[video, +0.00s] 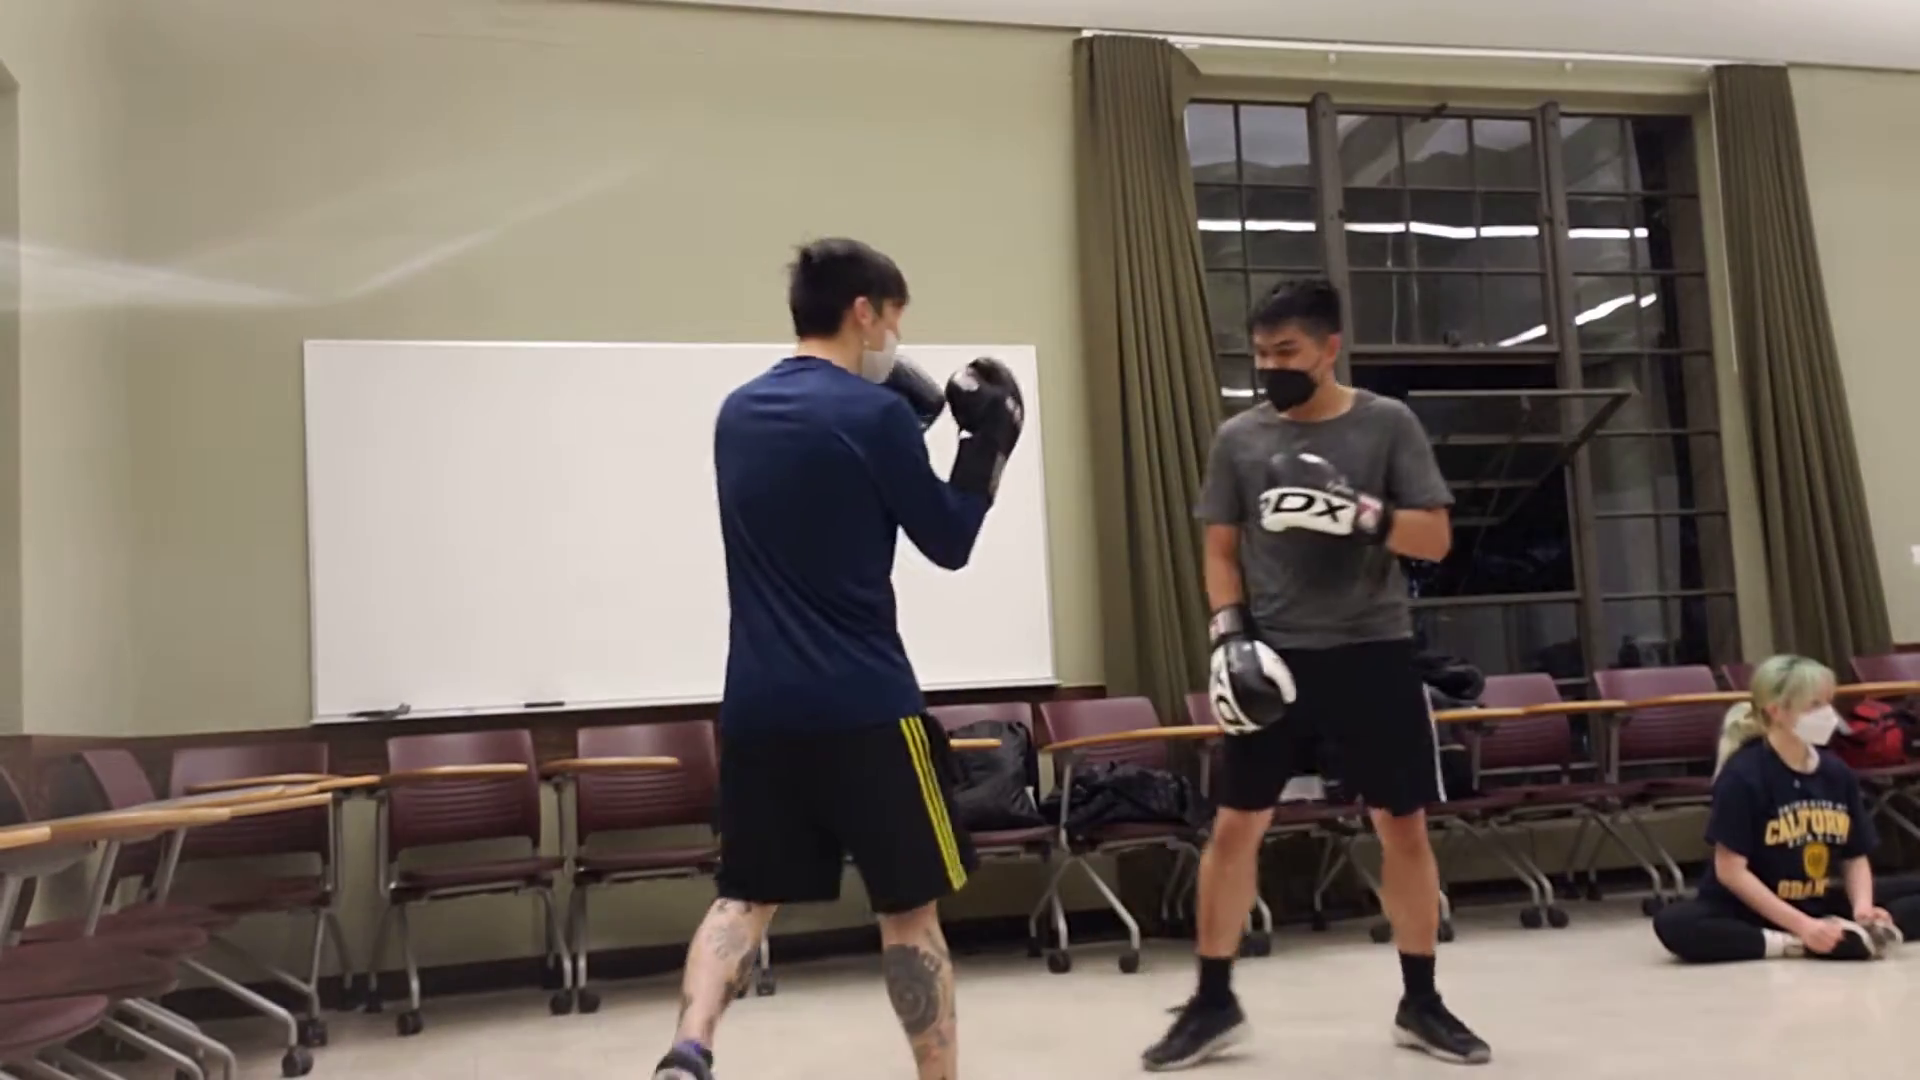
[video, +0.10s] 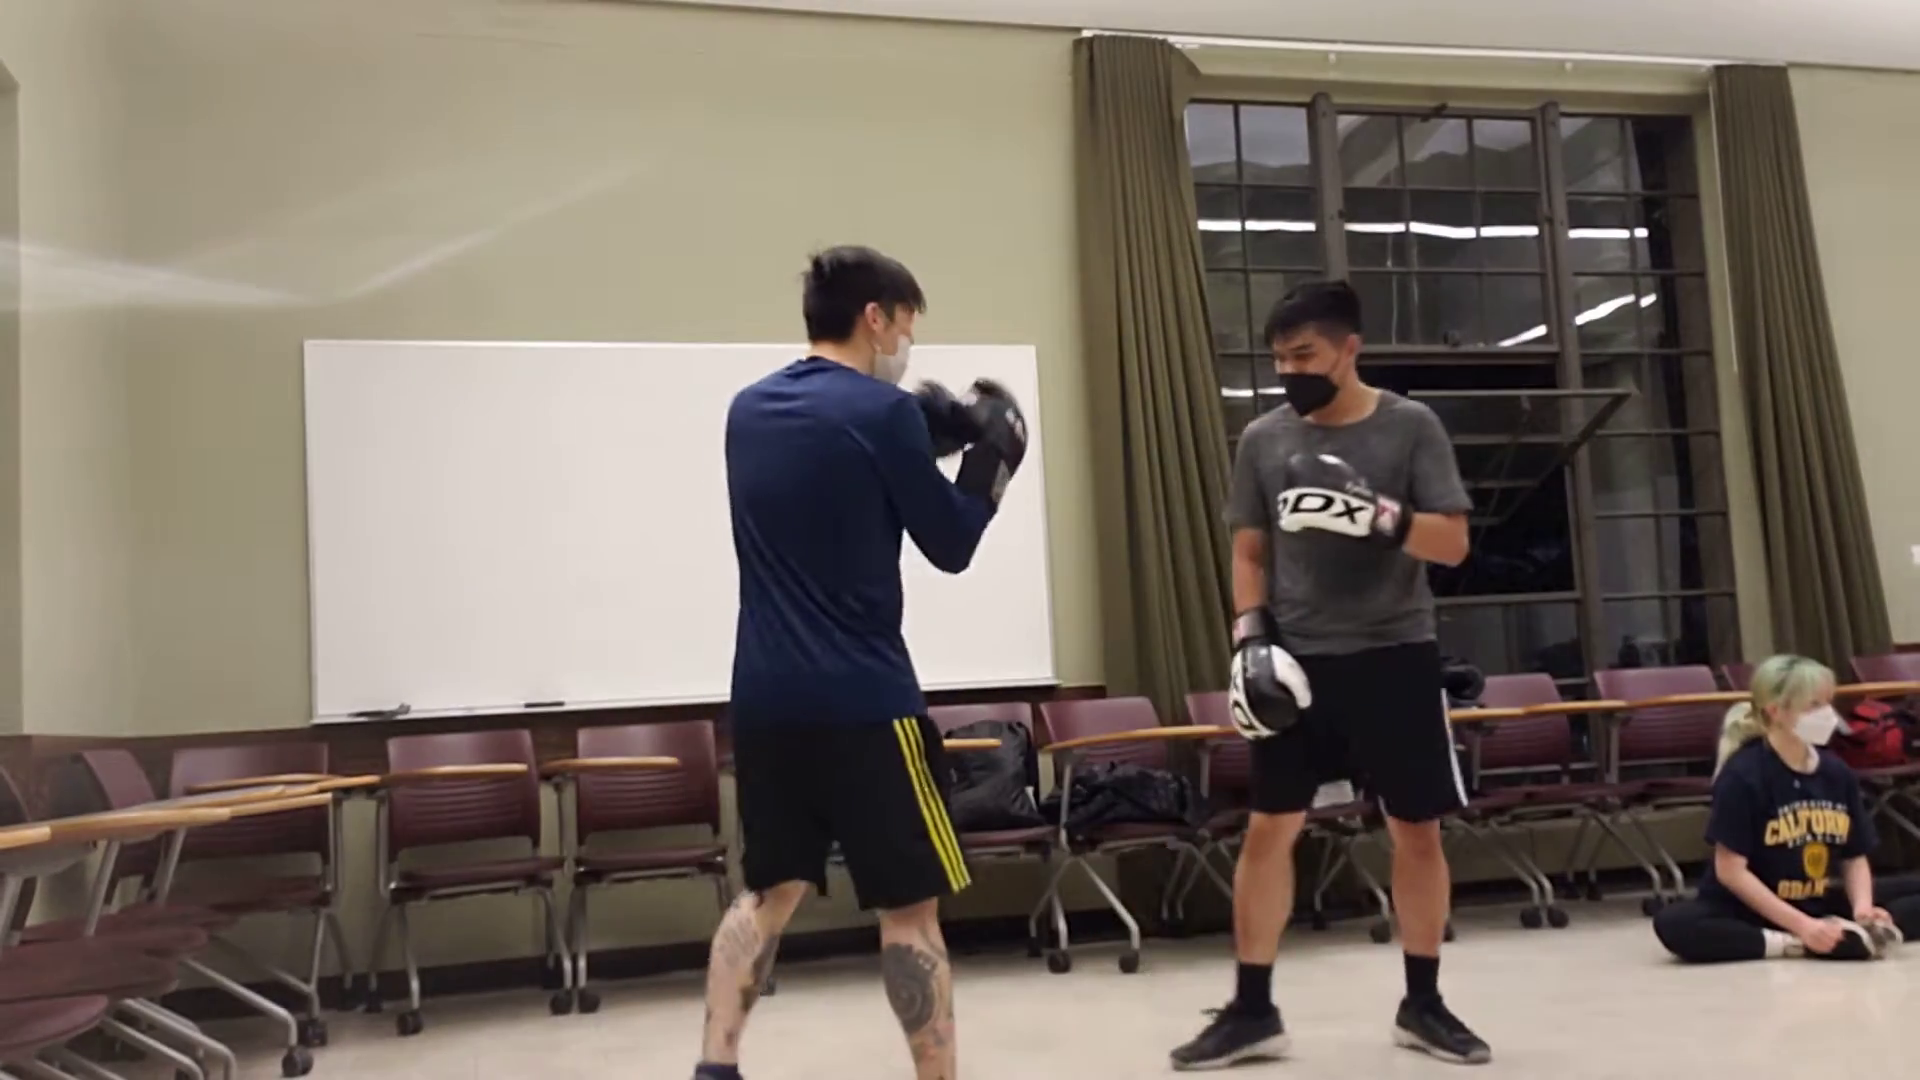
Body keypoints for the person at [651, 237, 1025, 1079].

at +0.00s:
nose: (895, 341)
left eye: (900, 325)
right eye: (895, 323)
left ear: (803, 316)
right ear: (861, 314)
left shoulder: (740, 410)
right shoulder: (875, 416)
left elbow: (815, 493)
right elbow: (948, 539)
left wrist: (899, 417)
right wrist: (991, 444)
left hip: (757, 703)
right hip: (866, 703)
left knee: (744, 892)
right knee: (907, 909)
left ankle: (689, 1047)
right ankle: (938, 1070)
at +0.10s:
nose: (908, 349)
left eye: (911, 333)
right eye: (908, 330)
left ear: (821, 322)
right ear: (874, 321)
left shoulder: (749, 408)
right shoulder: (884, 413)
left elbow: (823, 488)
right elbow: (950, 544)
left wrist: (916, 434)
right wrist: (995, 459)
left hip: (762, 697)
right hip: (866, 698)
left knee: (774, 885)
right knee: (911, 903)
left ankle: (714, 1066)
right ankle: (938, 1071)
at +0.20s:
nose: (909, 356)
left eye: (910, 339)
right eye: (906, 338)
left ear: (823, 332)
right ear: (870, 328)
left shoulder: (746, 419)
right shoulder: (879, 418)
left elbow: (820, 534)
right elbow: (925, 561)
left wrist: (929, 484)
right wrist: (975, 498)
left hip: (768, 702)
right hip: (866, 703)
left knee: (782, 900)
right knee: (908, 909)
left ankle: (752, 1067)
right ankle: (938, 1072)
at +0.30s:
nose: (900, 364)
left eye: (902, 347)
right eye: (896, 346)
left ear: (821, 342)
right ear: (858, 337)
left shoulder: (743, 434)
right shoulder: (868, 428)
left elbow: (784, 561)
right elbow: (896, 570)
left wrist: (920, 529)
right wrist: (957, 537)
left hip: (771, 706)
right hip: (863, 705)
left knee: (791, 896)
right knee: (911, 901)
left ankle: (754, 1067)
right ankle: (936, 1071)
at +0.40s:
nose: (890, 367)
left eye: (891, 351)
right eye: (885, 350)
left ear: (818, 347)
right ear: (844, 342)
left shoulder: (747, 436)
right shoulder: (855, 428)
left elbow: (794, 565)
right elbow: (873, 562)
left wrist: (909, 530)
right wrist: (942, 547)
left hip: (767, 706)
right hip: (851, 705)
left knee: (791, 894)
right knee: (919, 893)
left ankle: (753, 1067)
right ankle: (932, 1071)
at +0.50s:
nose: (887, 351)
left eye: (885, 335)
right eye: (878, 335)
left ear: (816, 342)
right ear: (833, 337)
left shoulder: (747, 436)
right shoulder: (838, 427)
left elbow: (791, 572)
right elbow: (859, 557)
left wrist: (910, 546)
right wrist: (935, 541)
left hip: (767, 704)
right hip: (846, 702)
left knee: (793, 885)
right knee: (939, 870)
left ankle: (752, 1068)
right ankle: (930, 1066)